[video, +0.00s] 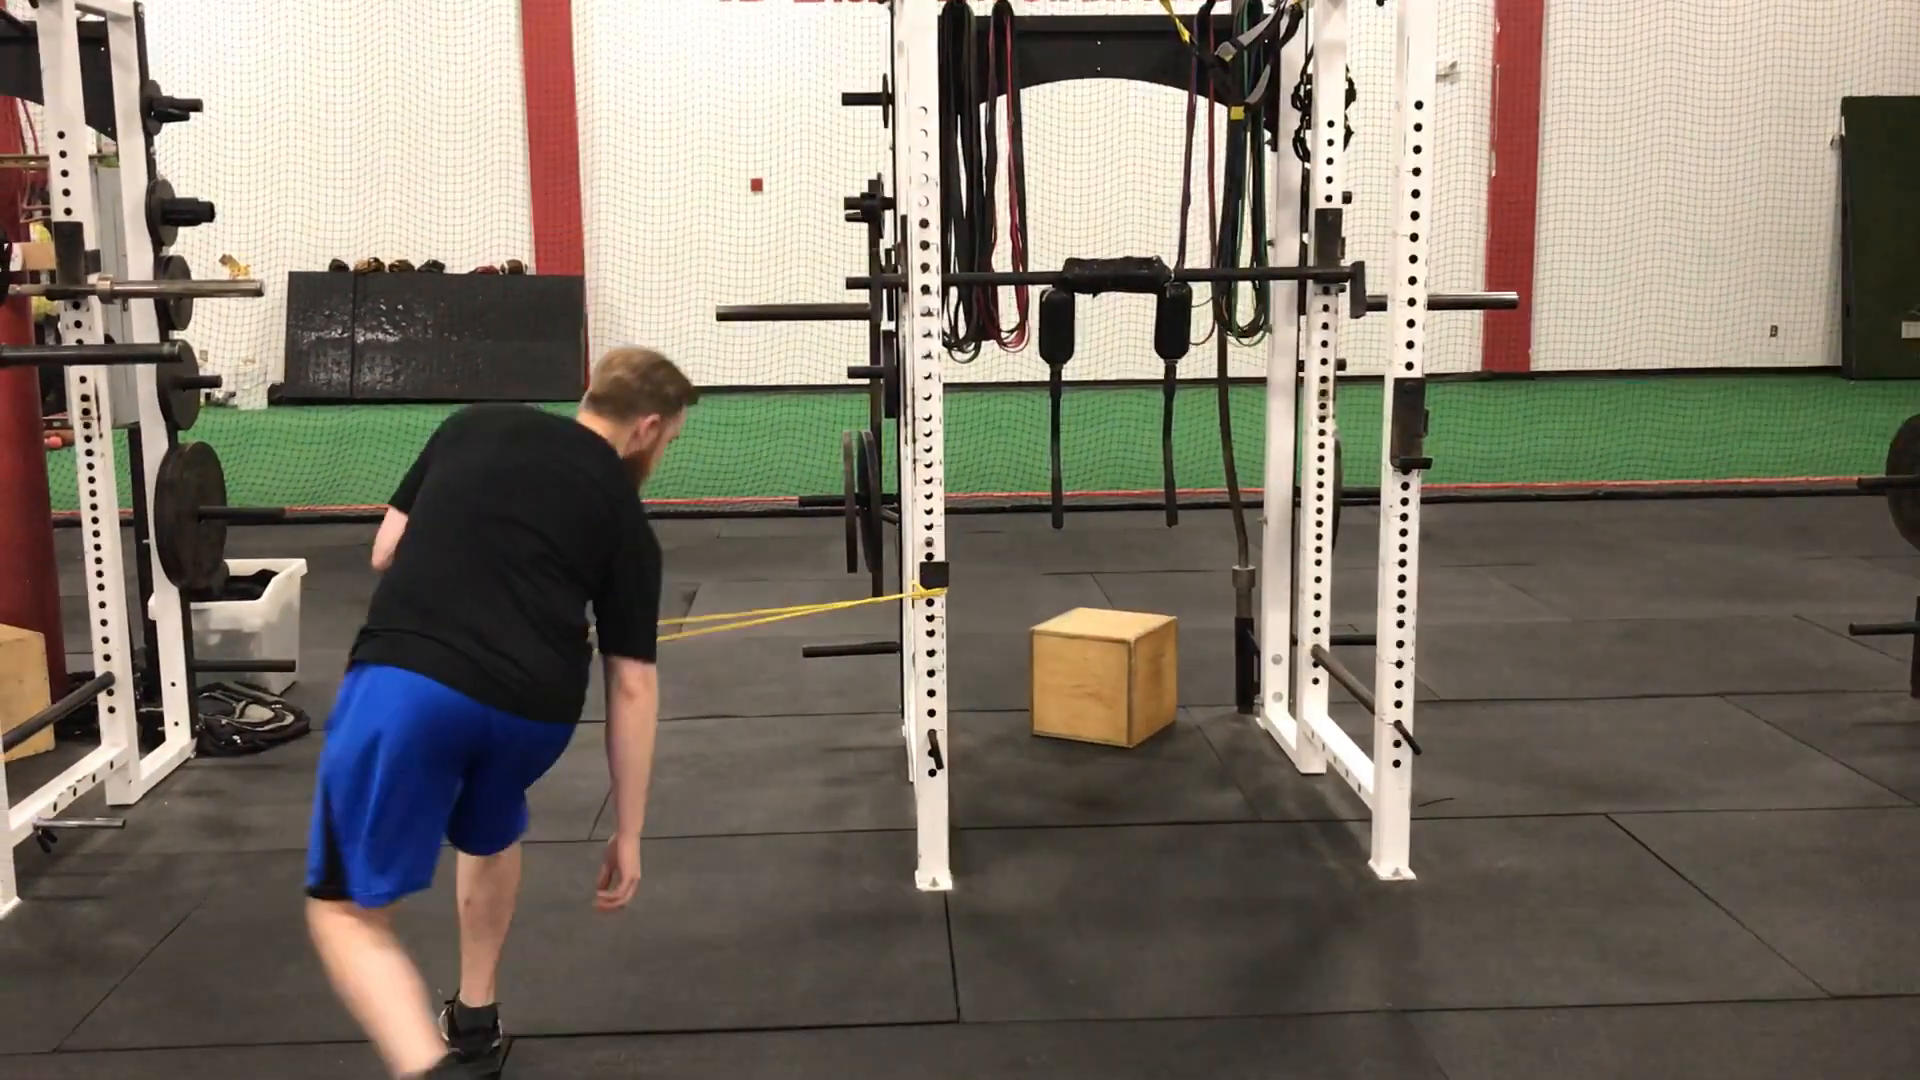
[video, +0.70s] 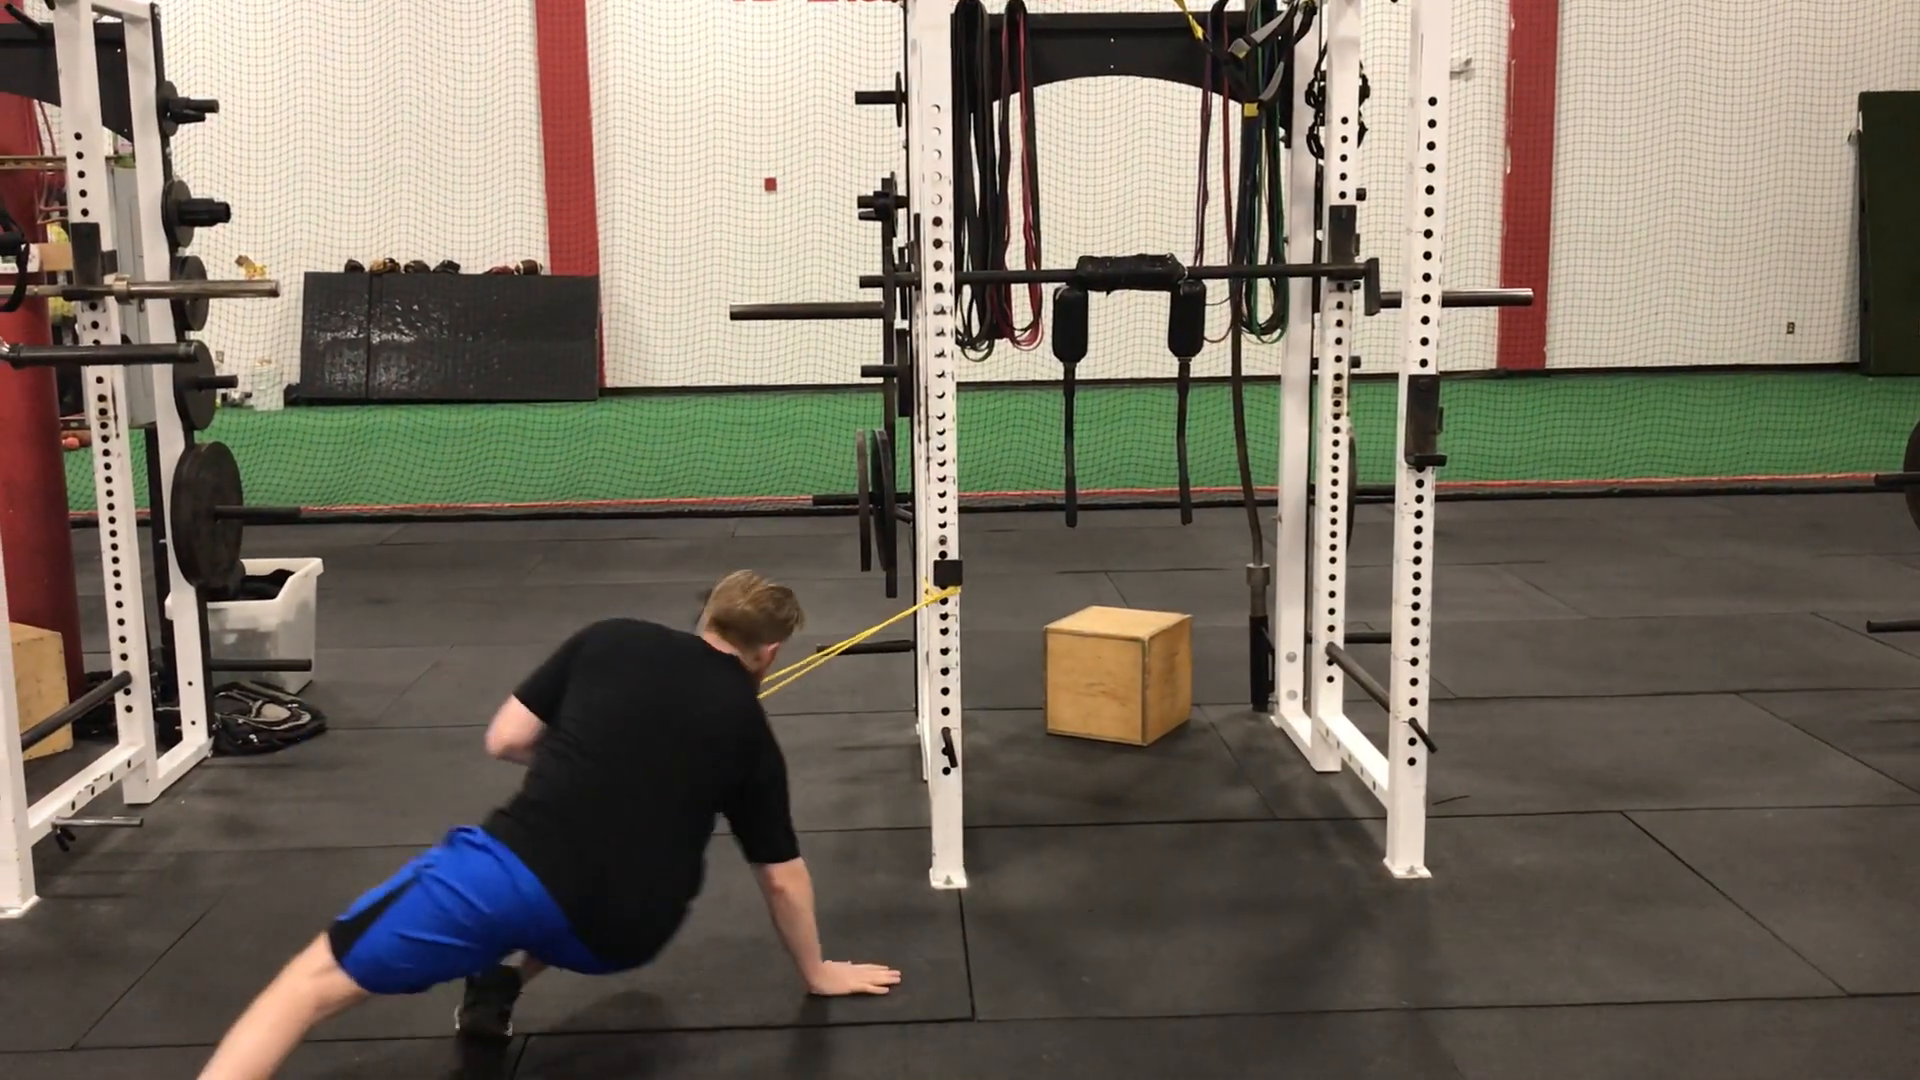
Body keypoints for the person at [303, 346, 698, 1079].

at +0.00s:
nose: (662, 453)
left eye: (671, 440)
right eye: (669, 438)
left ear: (585, 399)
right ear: (649, 426)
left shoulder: (472, 426)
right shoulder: (625, 521)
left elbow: (386, 551)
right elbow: (632, 684)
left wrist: (461, 603)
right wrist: (628, 831)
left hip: (409, 683)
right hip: (533, 712)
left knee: (341, 905)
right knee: (491, 817)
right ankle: (476, 1014)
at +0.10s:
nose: (656, 480)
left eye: (664, 467)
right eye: (661, 466)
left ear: (582, 433)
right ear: (641, 458)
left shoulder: (469, 453)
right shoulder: (614, 545)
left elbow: (370, 570)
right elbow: (630, 712)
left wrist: (449, 614)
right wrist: (633, 849)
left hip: (383, 689)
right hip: (510, 722)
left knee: (290, 900)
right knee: (496, 810)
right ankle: (475, 1015)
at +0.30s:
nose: (650, 554)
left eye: (653, 539)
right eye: (654, 540)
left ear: (575, 503)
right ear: (634, 532)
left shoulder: (467, 531)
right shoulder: (610, 615)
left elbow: (361, 633)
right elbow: (667, 775)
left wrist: (415, 711)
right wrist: (707, 892)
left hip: (346, 741)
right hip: (475, 774)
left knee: (237, 940)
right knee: (531, 804)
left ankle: (125, 1074)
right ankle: (461, 1009)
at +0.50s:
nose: (704, 624)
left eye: (703, 609)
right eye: (707, 612)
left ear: (624, 578)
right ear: (689, 612)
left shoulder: (529, 598)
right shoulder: (662, 696)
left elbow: (410, 681)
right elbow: (742, 834)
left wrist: (474, 730)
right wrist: (812, 933)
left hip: (385, 806)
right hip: (500, 858)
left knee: (246, 981)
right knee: (569, 829)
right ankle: (463, 1004)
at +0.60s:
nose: (740, 664)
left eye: (738, 651)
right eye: (745, 655)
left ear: (671, 612)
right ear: (733, 651)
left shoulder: (582, 627)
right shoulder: (706, 728)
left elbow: (460, 701)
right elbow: (761, 870)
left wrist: (539, 732)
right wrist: (813, 973)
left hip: (446, 833)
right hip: (560, 894)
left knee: (262, 991)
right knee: (551, 907)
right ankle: (477, 992)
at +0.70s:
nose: (775, 668)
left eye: (774, 653)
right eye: (779, 658)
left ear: (704, 616)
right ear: (766, 655)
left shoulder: (613, 639)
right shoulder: (749, 731)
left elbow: (505, 736)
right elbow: (783, 875)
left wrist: (587, 756)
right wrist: (818, 974)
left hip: (517, 868)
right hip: (620, 932)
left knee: (313, 983)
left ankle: (215, 1079)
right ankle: (496, 991)